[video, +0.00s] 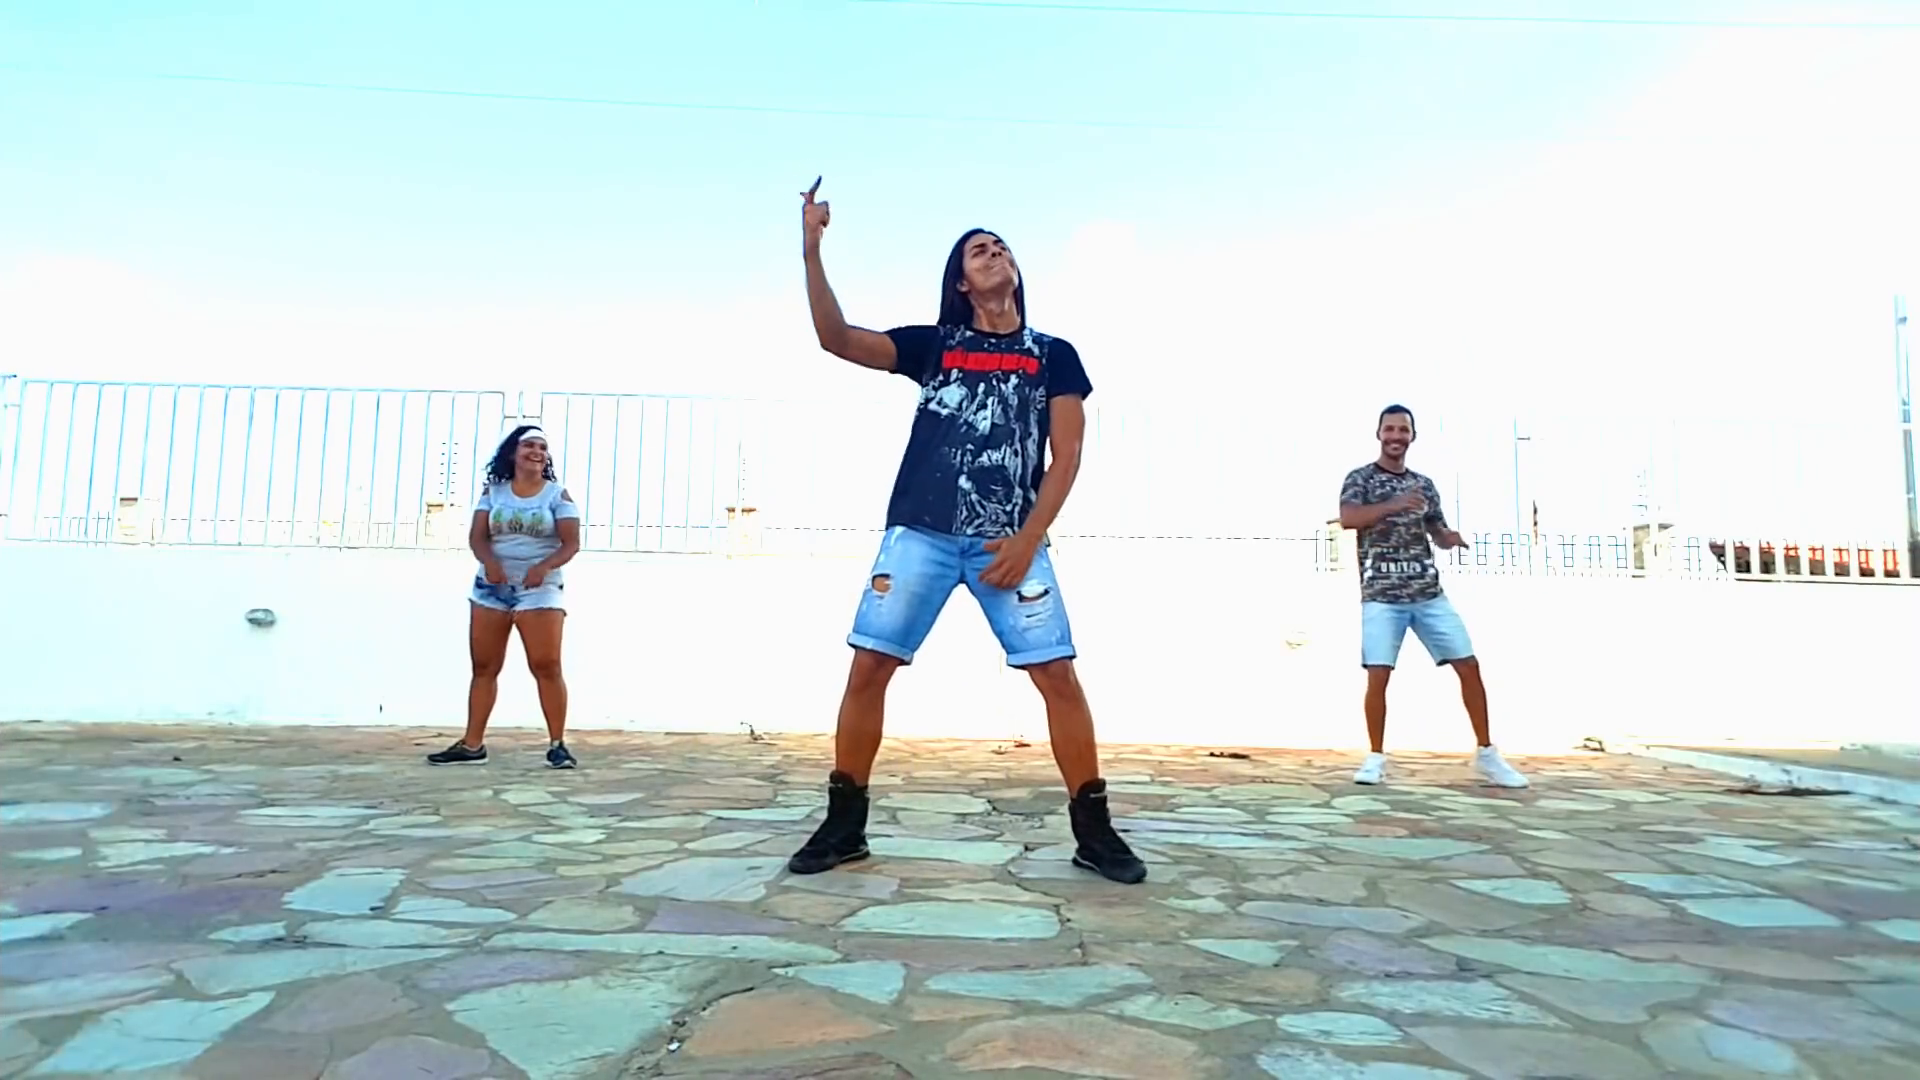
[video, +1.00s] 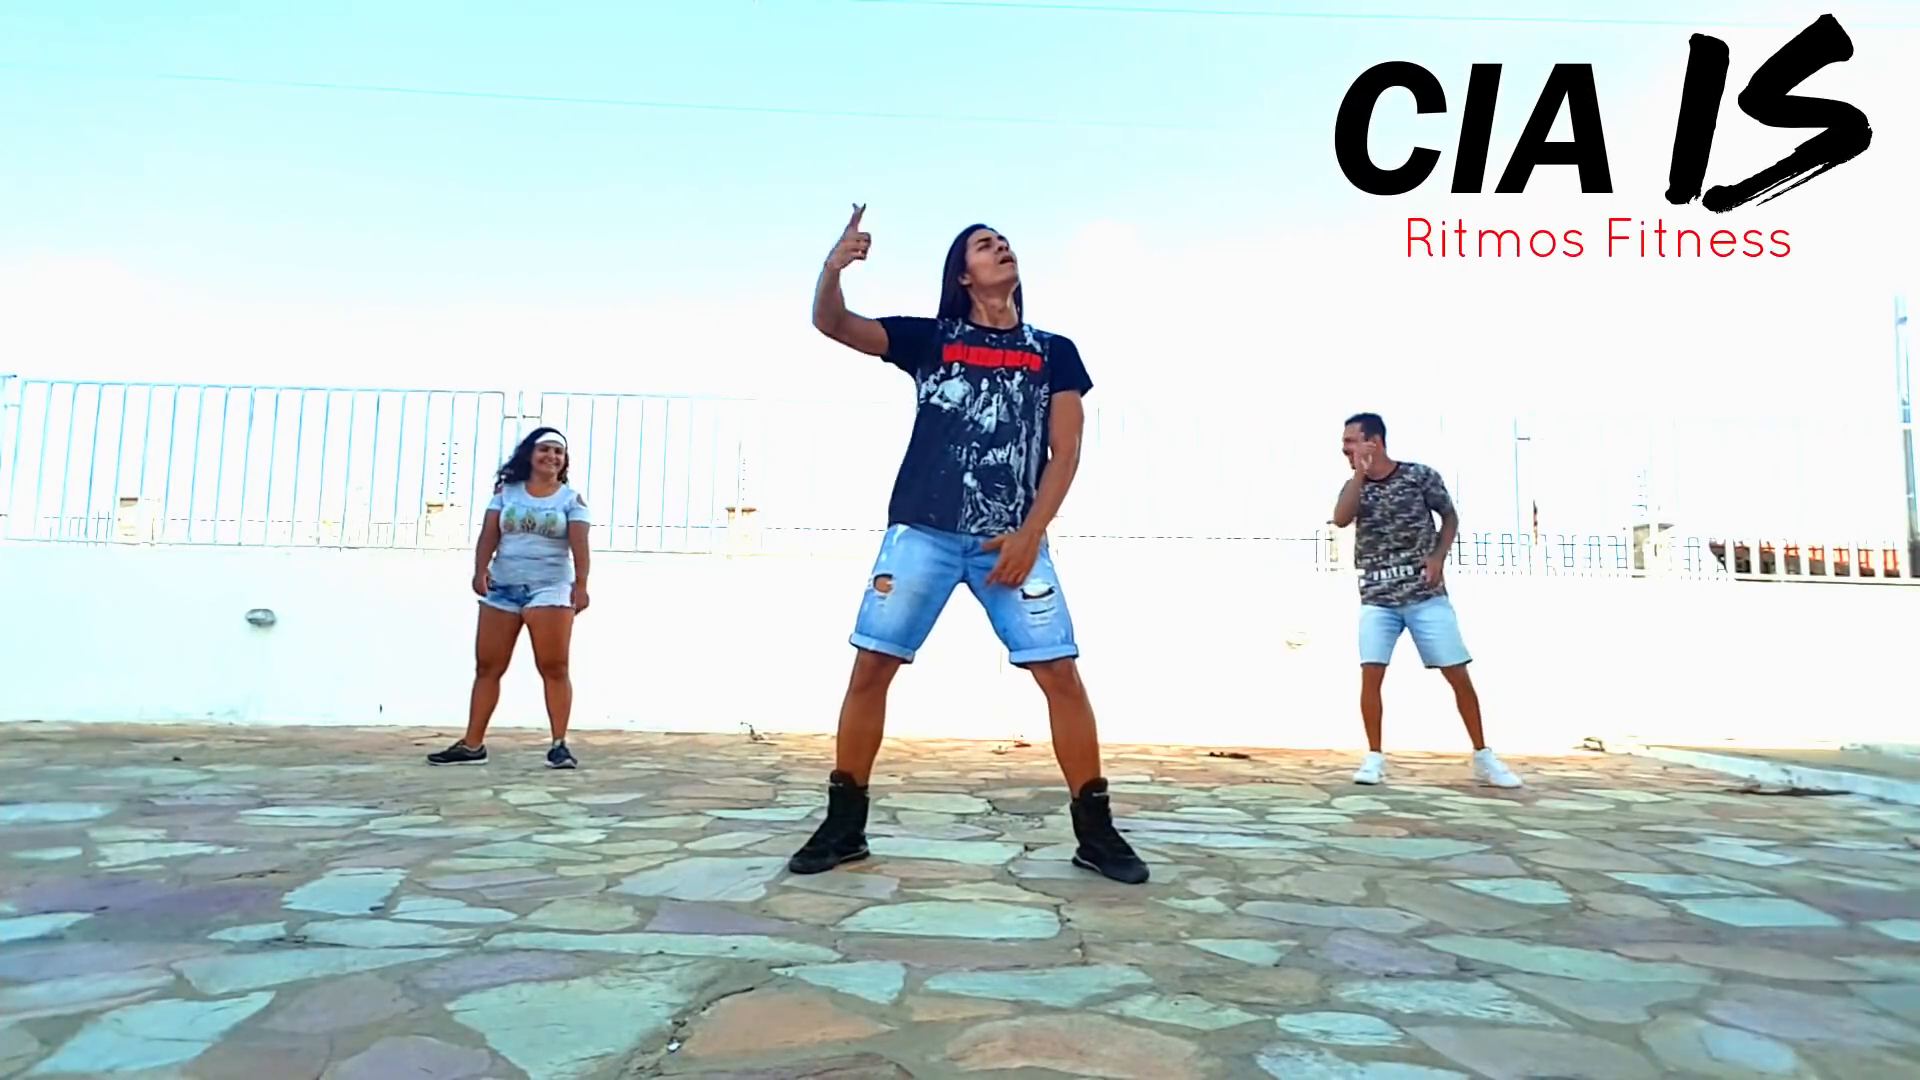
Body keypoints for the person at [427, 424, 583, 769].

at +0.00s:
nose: (536, 451)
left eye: (542, 447)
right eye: (528, 446)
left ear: (547, 457)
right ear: (512, 454)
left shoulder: (557, 495)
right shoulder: (493, 492)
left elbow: (571, 544)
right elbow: (477, 537)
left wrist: (543, 566)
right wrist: (490, 562)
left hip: (540, 591)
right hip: (492, 589)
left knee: (546, 667)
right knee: (483, 667)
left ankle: (557, 744)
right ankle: (472, 743)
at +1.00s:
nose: (550, 454)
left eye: (557, 451)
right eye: (544, 449)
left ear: (564, 460)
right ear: (528, 455)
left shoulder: (571, 500)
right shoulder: (506, 492)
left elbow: (580, 545)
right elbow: (489, 533)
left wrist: (581, 584)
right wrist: (481, 568)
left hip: (550, 589)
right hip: (501, 587)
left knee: (554, 668)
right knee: (487, 667)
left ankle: (559, 743)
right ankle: (472, 743)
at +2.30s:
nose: (543, 464)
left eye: (551, 458)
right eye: (538, 457)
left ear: (570, 462)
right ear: (533, 460)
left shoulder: (584, 504)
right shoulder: (518, 495)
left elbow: (587, 554)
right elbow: (497, 541)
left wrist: (551, 563)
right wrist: (475, 583)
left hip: (558, 591)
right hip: (513, 588)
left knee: (558, 667)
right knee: (492, 667)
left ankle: (558, 745)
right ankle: (472, 743)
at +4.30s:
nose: (527, 459)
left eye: (535, 454)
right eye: (520, 454)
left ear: (550, 462)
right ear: (513, 463)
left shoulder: (561, 496)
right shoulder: (500, 497)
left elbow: (564, 513)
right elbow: (486, 523)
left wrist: (553, 517)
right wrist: (489, 536)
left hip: (543, 589)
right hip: (494, 586)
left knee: (553, 668)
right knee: (479, 666)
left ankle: (558, 744)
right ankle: (471, 744)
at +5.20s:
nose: (531, 454)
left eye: (537, 449)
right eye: (523, 449)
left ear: (545, 459)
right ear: (510, 458)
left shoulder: (555, 495)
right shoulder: (493, 497)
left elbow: (565, 516)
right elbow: (470, 534)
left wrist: (561, 525)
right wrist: (449, 562)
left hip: (539, 588)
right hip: (489, 587)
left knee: (551, 669)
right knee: (471, 668)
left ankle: (556, 744)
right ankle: (471, 744)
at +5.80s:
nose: (489, 446)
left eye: (497, 440)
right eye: (483, 439)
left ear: (508, 448)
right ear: (472, 445)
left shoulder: (512, 483)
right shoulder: (449, 481)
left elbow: (520, 499)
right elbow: (433, 510)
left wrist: (517, 506)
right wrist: (426, 526)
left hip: (501, 570)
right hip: (453, 569)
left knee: (523, 648)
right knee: (434, 655)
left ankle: (544, 724)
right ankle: (438, 730)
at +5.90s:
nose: (468, 435)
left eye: (476, 430)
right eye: (462, 430)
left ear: (491, 436)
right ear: (454, 438)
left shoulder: (505, 467)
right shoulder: (442, 472)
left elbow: (507, 482)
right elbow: (422, 505)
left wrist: (502, 488)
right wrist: (390, 522)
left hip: (487, 565)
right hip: (437, 564)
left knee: (497, 643)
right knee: (419, 646)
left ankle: (507, 725)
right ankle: (419, 723)